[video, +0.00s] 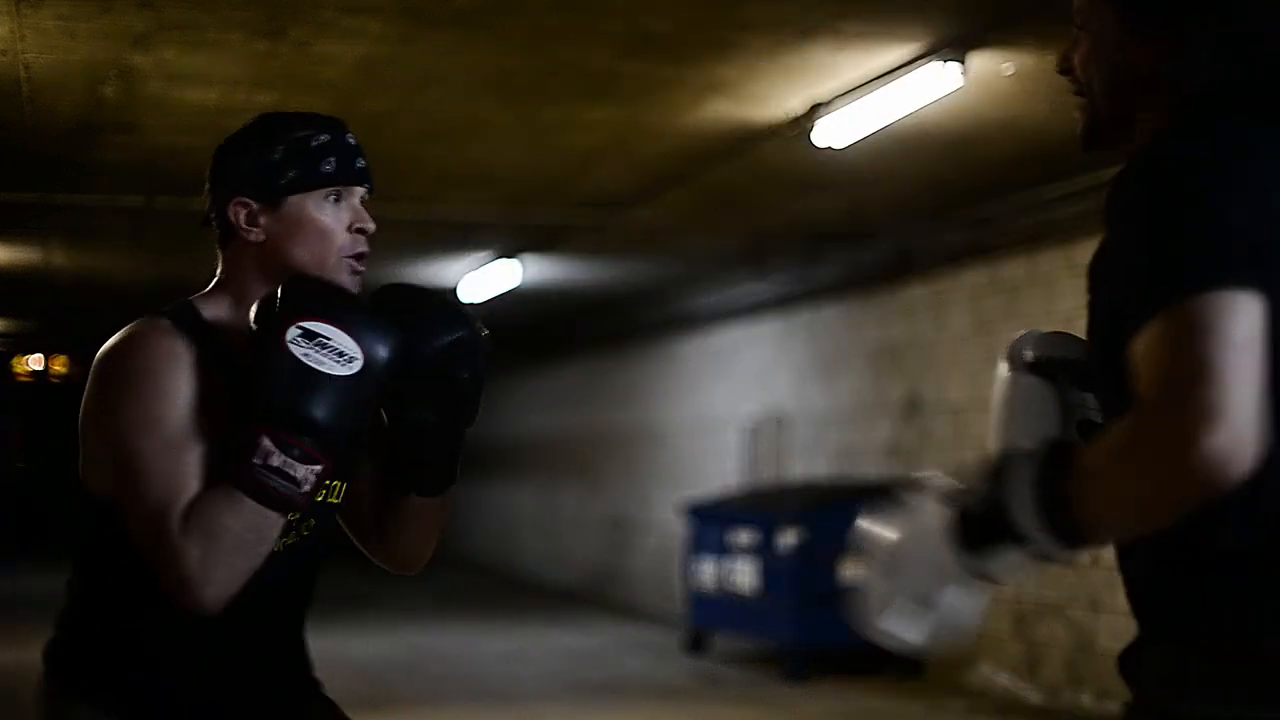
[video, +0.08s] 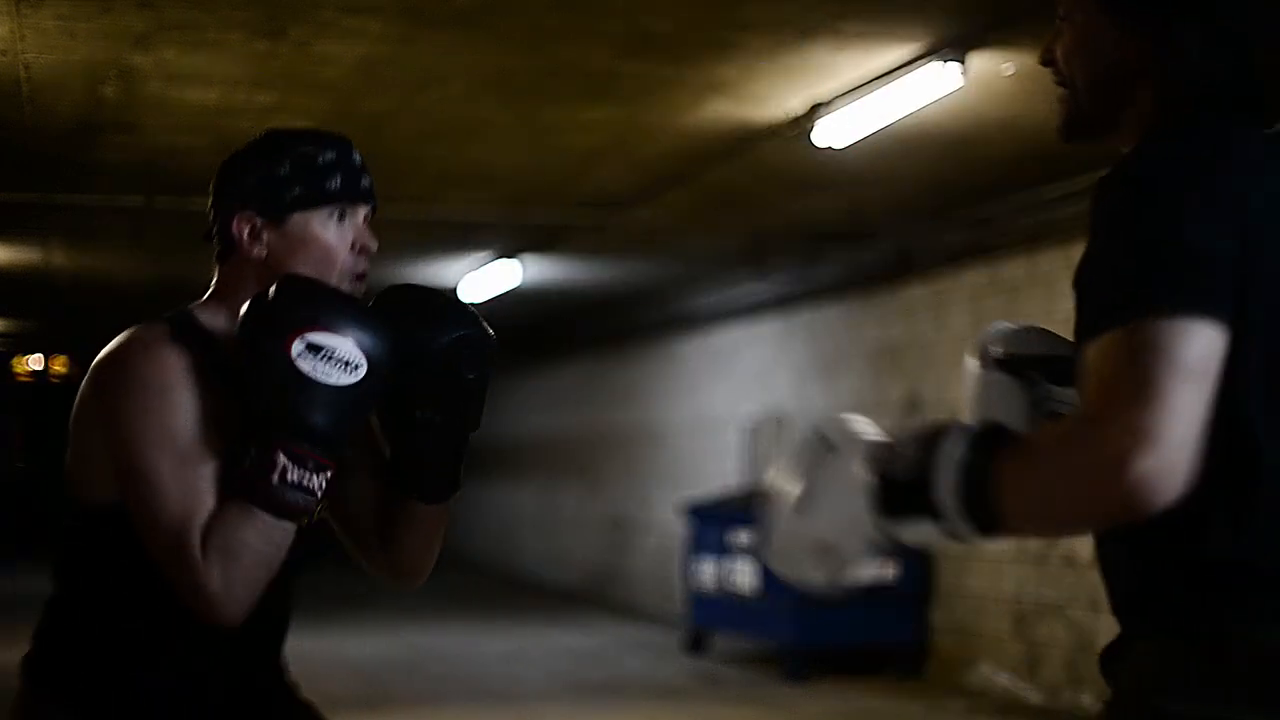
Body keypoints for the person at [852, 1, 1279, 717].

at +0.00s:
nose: (1066, 63)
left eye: (1085, 29)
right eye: (1073, 34)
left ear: (1159, 32)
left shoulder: (1190, 170)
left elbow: (1206, 437)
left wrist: (989, 520)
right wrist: (1112, 385)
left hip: (1240, 664)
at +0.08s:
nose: (1047, 54)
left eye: (1068, 21)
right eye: (1057, 25)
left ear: (1142, 29)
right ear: (1160, 37)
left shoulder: (1180, 173)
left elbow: (1139, 459)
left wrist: (917, 475)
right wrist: (1093, 386)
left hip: (1223, 667)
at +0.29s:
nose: (1048, 39)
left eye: (1071, 12)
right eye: (1058, 15)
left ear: (1141, 22)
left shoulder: (1164, 179)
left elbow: (1055, 463)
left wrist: (896, 350)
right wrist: (1015, 342)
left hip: (1221, 663)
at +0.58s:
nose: (1046, 64)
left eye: (1071, 33)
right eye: (1056, 36)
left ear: (1141, 43)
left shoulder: (1191, 185)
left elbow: (1084, 454)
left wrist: (969, 321)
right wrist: (1045, 284)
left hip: (1209, 650)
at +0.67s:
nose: (1018, 65)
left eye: (1040, 36)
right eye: (1026, 37)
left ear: (1104, 44)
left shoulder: (1096, 184)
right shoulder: (1240, 179)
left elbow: (916, 379)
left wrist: (841, 314)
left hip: (1169, 632)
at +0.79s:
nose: (961, 68)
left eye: (973, 42)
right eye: (964, 43)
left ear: (1032, 50)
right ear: (1133, 48)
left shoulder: (1000, 184)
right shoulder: (1226, 199)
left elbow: (738, 273)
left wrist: (554, 259)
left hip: (1141, 655)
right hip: (1266, 642)